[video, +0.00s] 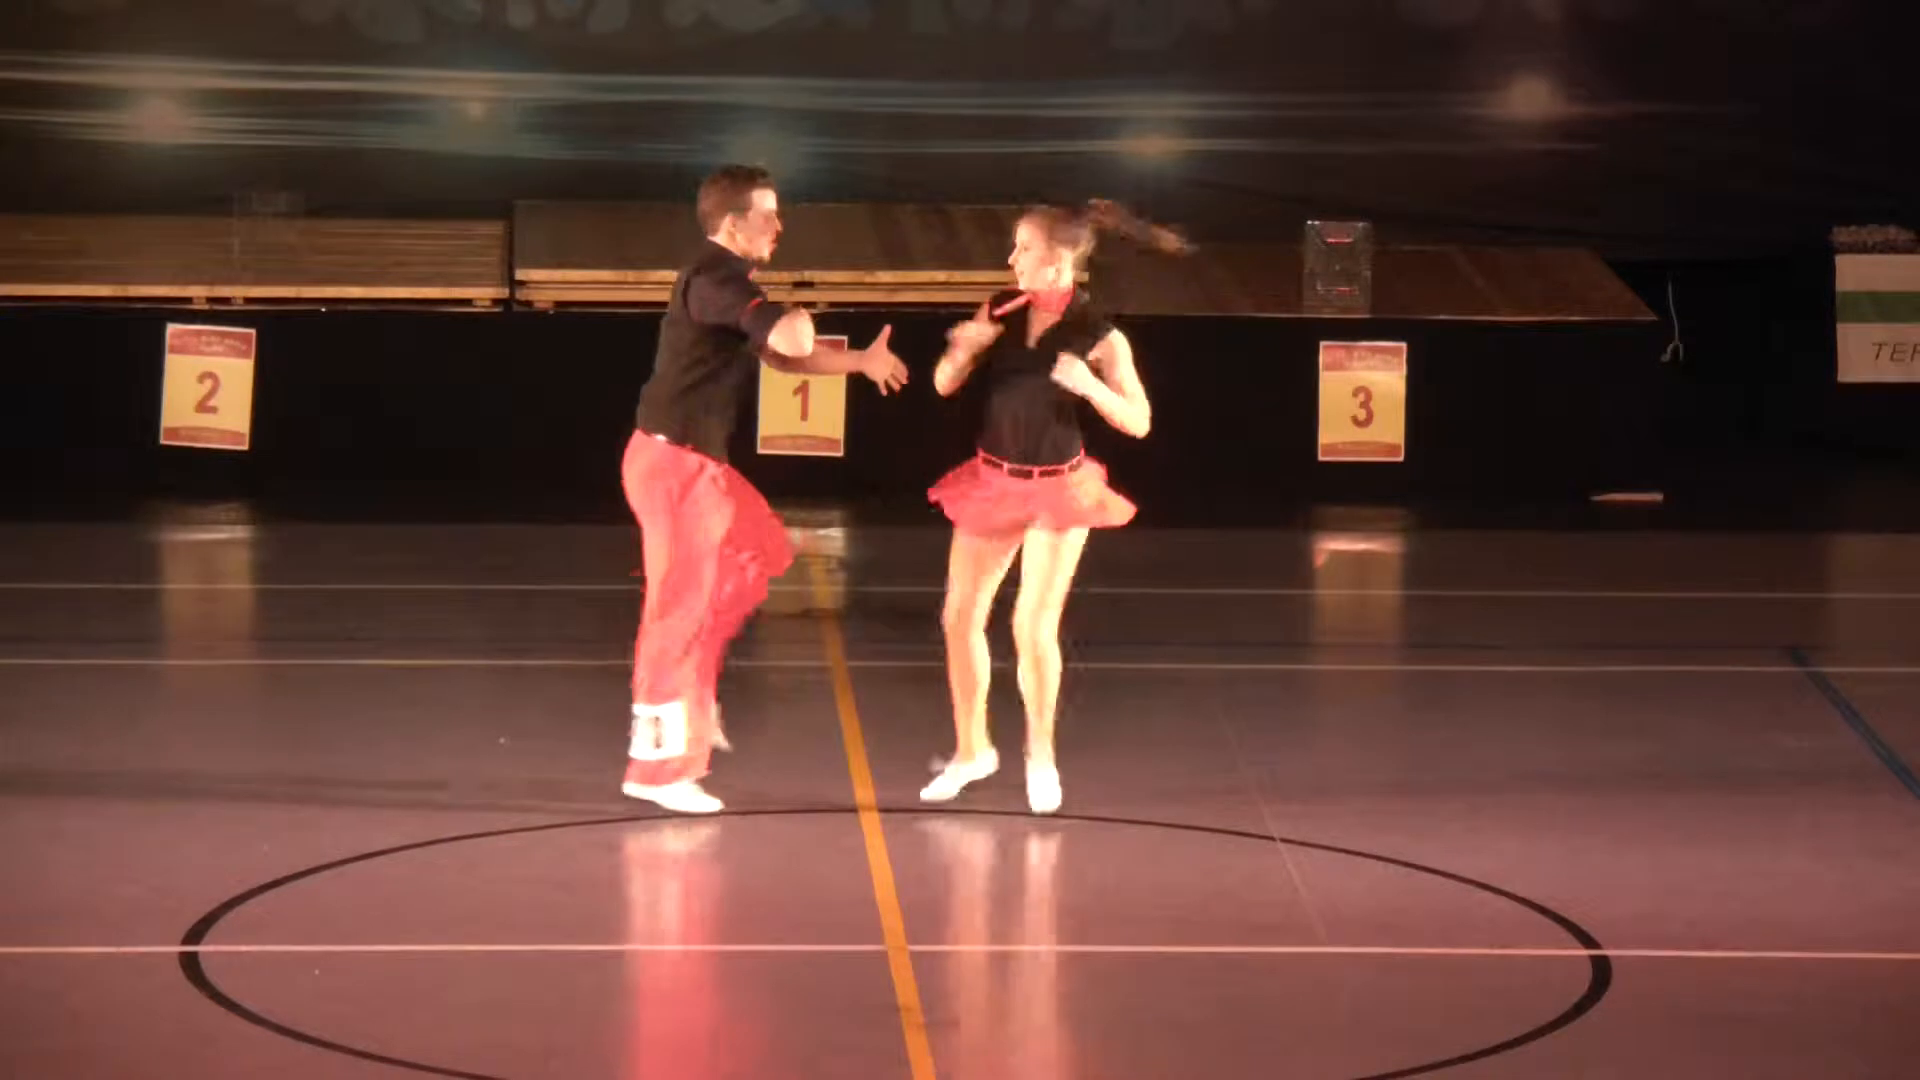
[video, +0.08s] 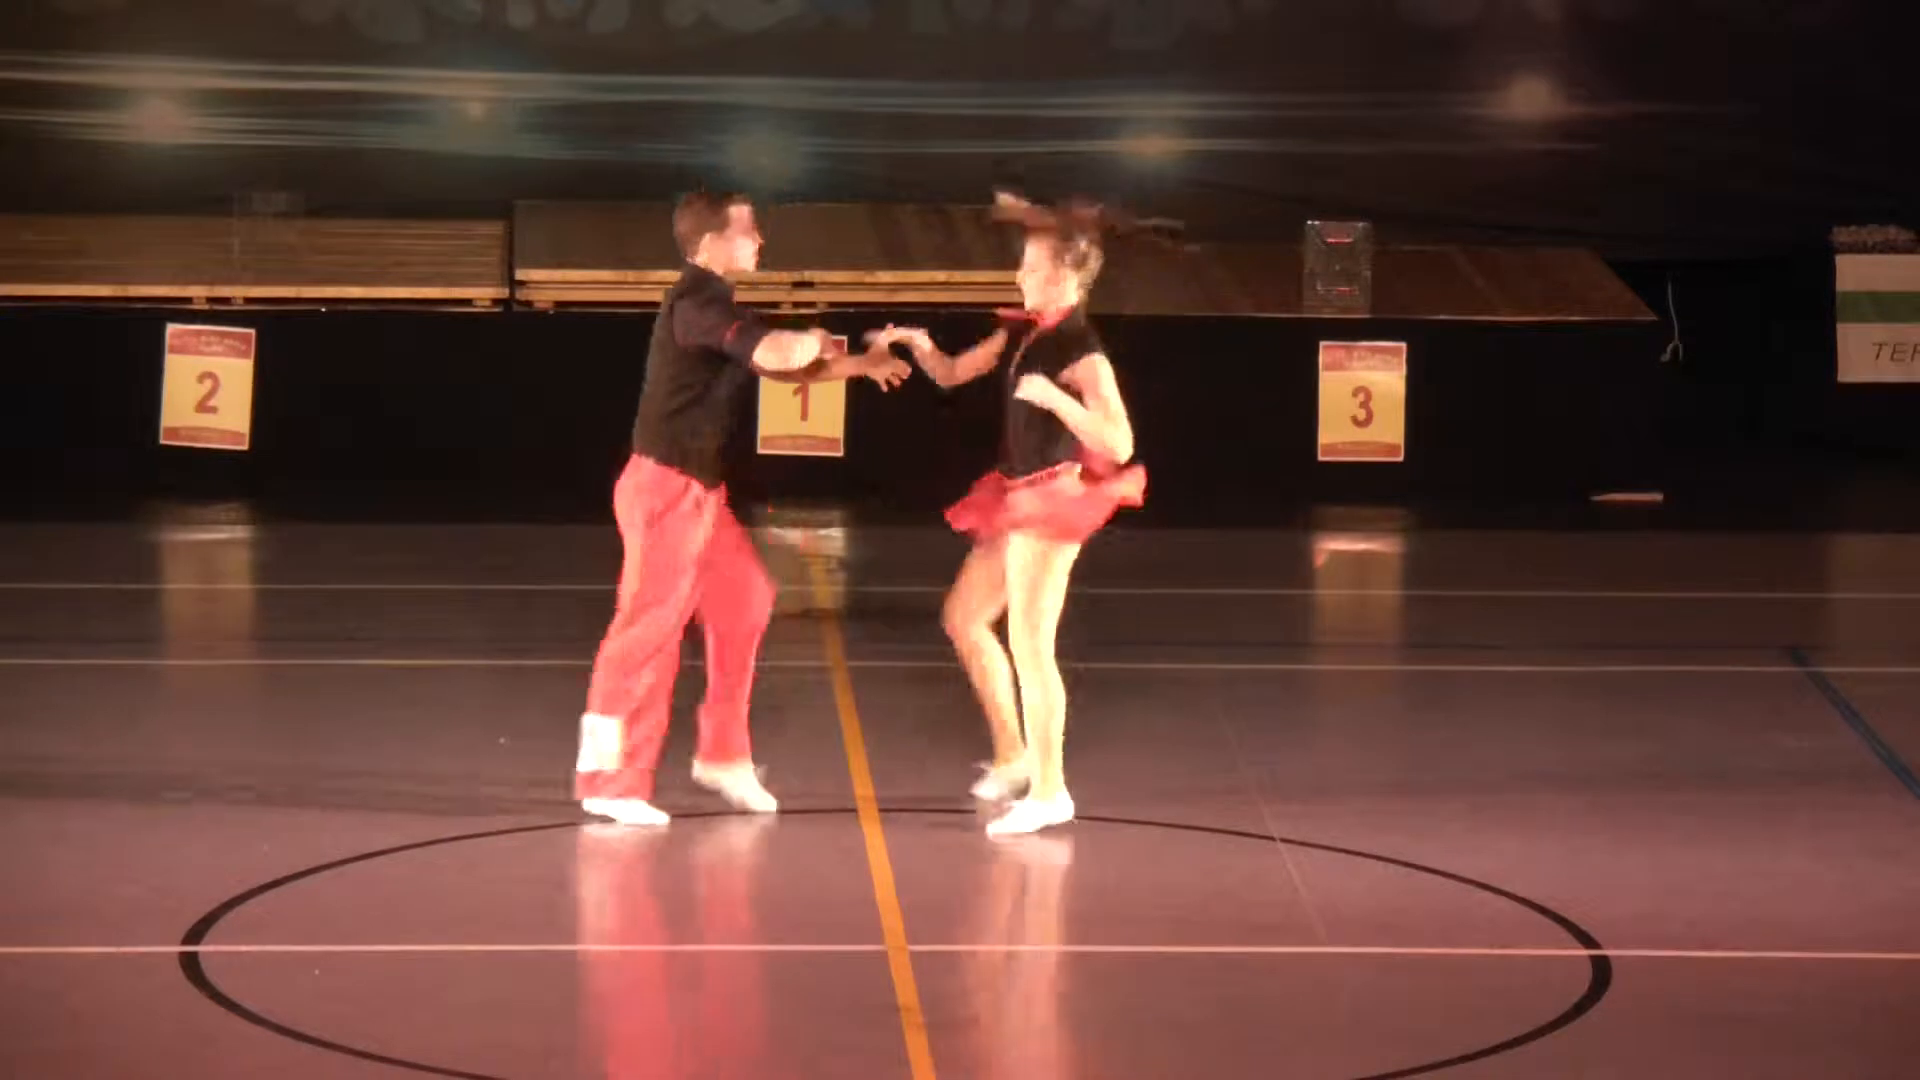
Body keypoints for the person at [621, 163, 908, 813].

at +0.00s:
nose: (778, 226)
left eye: (776, 214)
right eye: (768, 215)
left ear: (734, 224)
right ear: (731, 222)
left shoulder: (727, 279)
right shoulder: (716, 277)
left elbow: (784, 353)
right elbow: (787, 338)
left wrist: (856, 358)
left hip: (687, 461)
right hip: (671, 462)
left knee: (762, 554)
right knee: (682, 602)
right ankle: (655, 762)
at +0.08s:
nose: (759, 241)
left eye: (755, 229)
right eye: (747, 229)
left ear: (717, 242)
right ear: (711, 240)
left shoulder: (719, 305)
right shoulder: (696, 299)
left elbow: (782, 363)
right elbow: (763, 348)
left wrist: (860, 363)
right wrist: (819, 340)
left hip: (697, 494)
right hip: (662, 489)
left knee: (746, 600)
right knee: (648, 625)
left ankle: (722, 759)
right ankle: (608, 785)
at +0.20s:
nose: (710, 241)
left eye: (714, 230)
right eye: (696, 232)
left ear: (721, 236)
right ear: (663, 240)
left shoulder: (713, 311)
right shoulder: (653, 296)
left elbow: (778, 362)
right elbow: (649, 340)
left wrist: (859, 367)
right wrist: (707, 332)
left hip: (702, 484)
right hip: (667, 481)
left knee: (710, 614)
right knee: (728, 605)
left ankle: (706, 772)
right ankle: (631, 697)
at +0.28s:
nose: (687, 262)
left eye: (698, 251)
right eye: (676, 249)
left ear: (710, 254)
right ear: (652, 248)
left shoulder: (705, 314)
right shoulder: (625, 297)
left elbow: (773, 360)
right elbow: (568, 323)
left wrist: (855, 356)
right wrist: (625, 312)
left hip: (695, 478)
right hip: (663, 481)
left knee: (719, 614)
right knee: (814, 513)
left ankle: (667, 767)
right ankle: (764, 661)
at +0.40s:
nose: (664, 238)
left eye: (675, 227)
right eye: (652, 227)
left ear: (693, 234)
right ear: (633, 235)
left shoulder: (707, 303)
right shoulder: (621, 296)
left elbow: (772, 342)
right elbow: (581, 304)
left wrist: (843, 318)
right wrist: (543, 297)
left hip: (686, 470)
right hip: (660, 470)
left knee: (684, 619)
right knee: (803, 471)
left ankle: (663, 768)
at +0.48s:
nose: (663, 214)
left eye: (674, 203)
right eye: (652, 204)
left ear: (694, 211)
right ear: (634, 213)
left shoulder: (708, 276)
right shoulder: (628, 270)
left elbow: (771, 320)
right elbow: (594, 281)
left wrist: (841, 304)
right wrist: (557, 282)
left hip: (692, 446)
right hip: (656, 445)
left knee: (709, 579)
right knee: (794, 397)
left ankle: (672, 738)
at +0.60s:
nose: (685, 212)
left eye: (695, 199)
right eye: (673, 201)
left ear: (716, 207)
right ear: (654, 209)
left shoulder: (727, 272)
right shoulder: (648, 266)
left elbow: (773, 335)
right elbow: (621, 283)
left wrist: (839, 325)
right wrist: (591, 287)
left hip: (709, 447)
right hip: (669, 448)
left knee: (716, 599)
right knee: (819, 442)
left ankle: (644, 727)